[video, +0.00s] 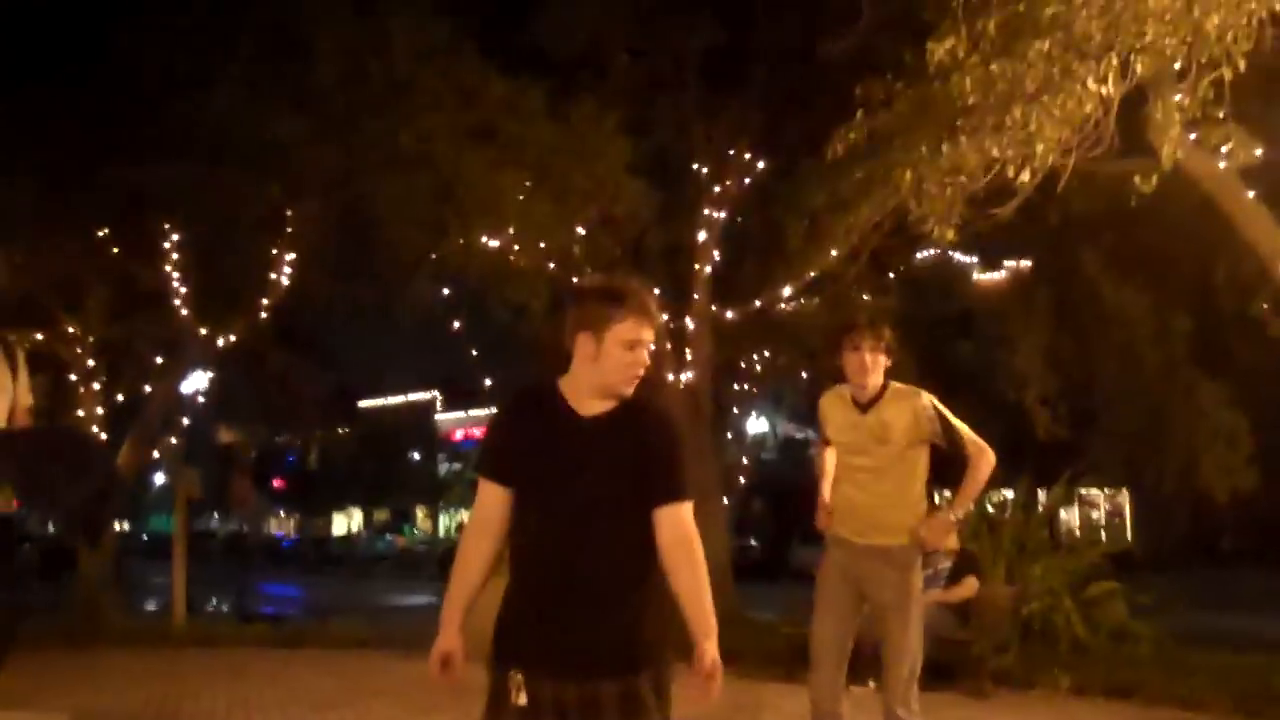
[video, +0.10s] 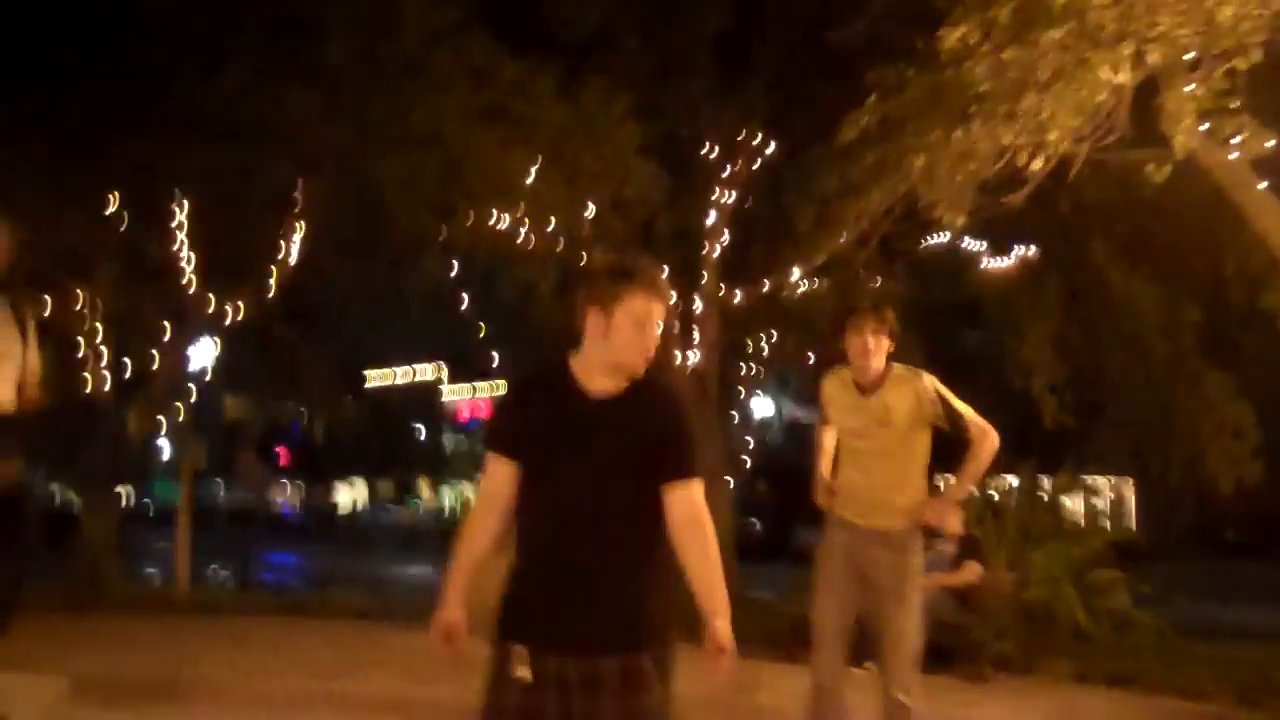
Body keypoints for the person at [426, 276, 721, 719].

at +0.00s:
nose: (644, 361)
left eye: (648, 348)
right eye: (631, 346)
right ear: (583, 344)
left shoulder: (651, 428)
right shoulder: (524, 417)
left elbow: (679, 538)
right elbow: (485, 525)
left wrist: (706, 635)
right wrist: (450, 624)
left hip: (628, 659)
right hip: (533, 658)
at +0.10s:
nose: (652, 339)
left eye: (657, 326)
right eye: (639, 322)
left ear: (663, 330)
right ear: (593, 320)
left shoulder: (661, 406)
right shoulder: (532, 397)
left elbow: (688, 516)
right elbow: (492, 503)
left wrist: (717, 616)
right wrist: (454, 597)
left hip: (631, 642)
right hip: (535, 639)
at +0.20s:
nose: (631, 336)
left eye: (638, 322)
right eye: (615, 319)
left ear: (646, 328)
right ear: (573, 321)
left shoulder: (653, 415)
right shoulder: (522, 405)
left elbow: (681, 521)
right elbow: (482, 510)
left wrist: (709, 623)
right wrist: (445, 607)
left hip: (624, 649)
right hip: (527, 645)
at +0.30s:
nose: (616, 343)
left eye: (627, 330)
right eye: (600, 328)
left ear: (637, 340)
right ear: (566, 332)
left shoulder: (653, 429)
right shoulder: (521, 424)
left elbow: (681, 531)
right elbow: (484, 524)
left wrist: (705, 633)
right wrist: (446, 618)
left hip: (627, 655)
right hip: (531, 654)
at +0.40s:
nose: (612, 332)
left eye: (623, 321)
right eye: (597, 318)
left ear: (634, 334)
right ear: (563, 325)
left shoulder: (653, 419)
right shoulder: (520, 415)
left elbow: (677, 527)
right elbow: (485, 521)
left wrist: (699, 635)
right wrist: (448, 618)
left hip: (623, 649)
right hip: (528, 649)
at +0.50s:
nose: (609, 329)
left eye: (621, 318)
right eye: (594, 314)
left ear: (632, 332)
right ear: (562, 323)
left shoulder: (650, 418)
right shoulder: (519, 414)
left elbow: (675, 529)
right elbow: (486, 521)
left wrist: (693, 632)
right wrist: (450, 617)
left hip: (624, 649)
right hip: (527, 648)